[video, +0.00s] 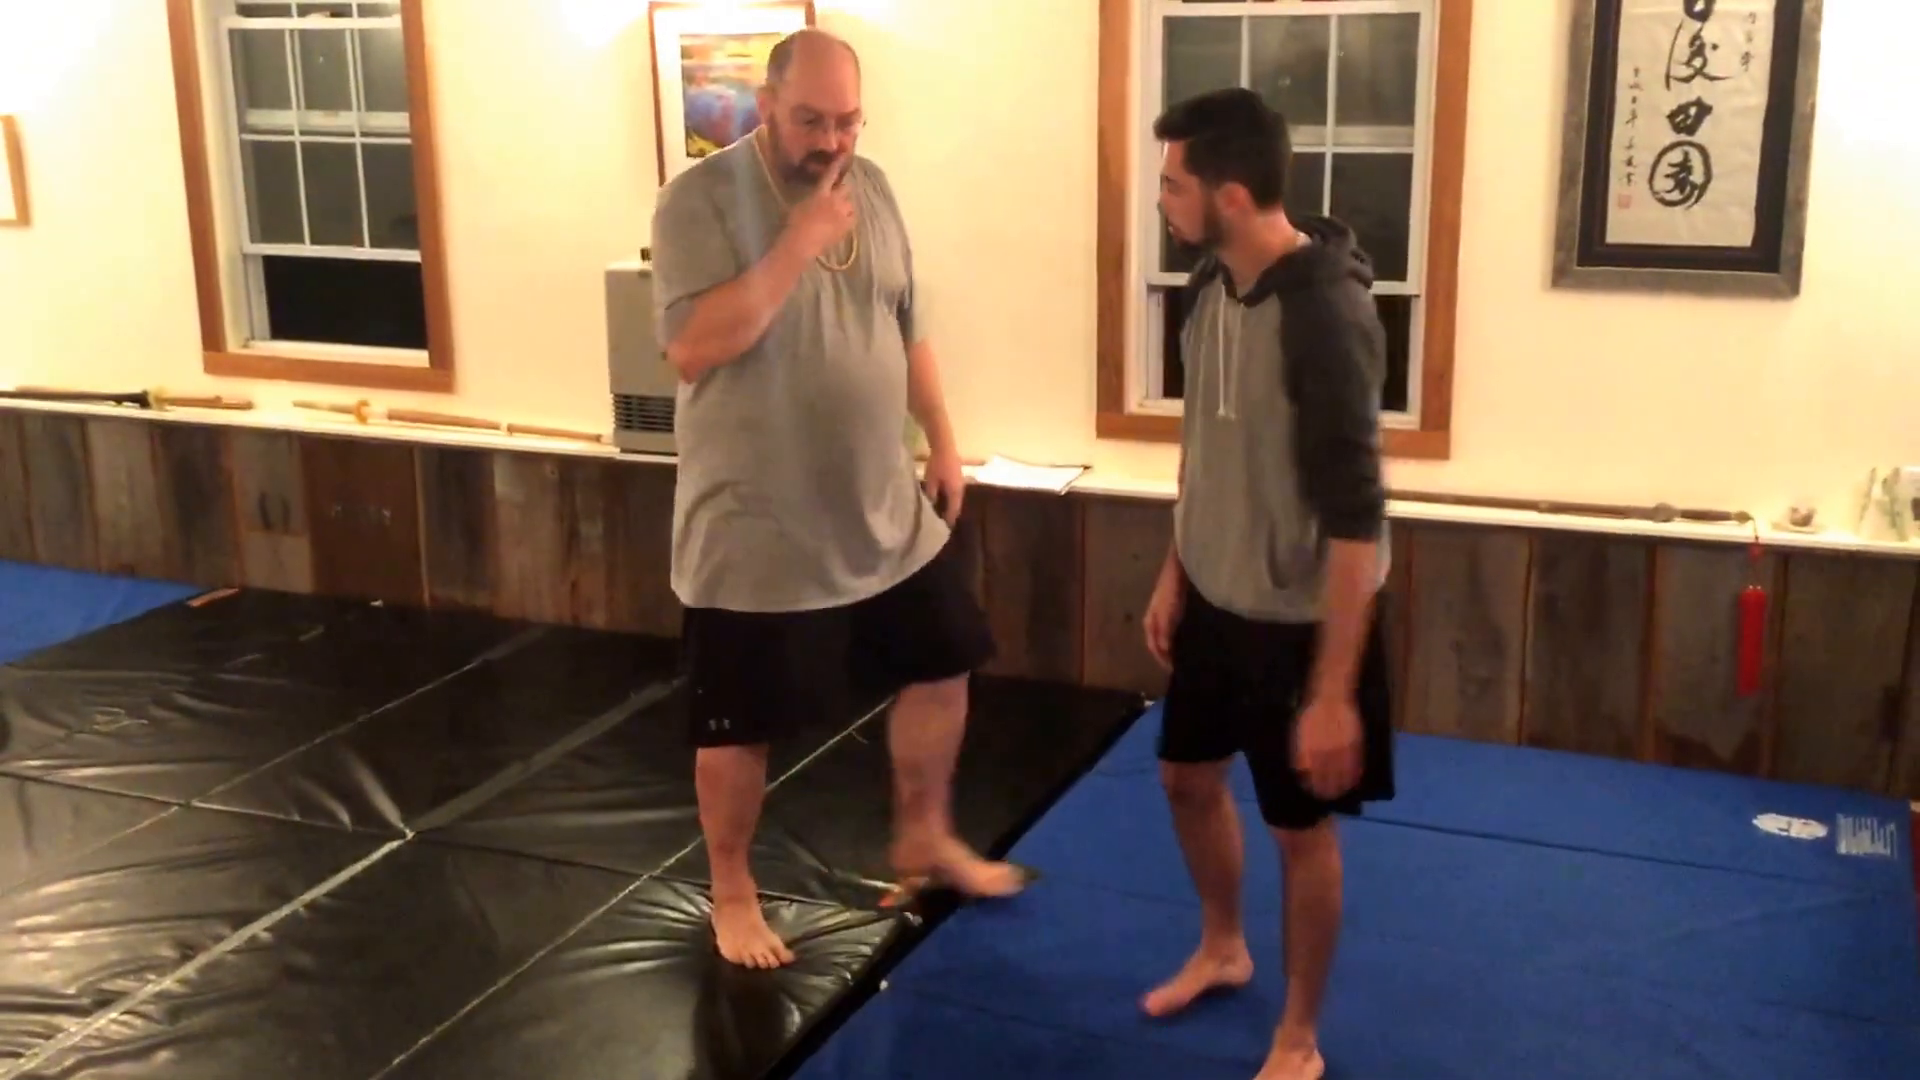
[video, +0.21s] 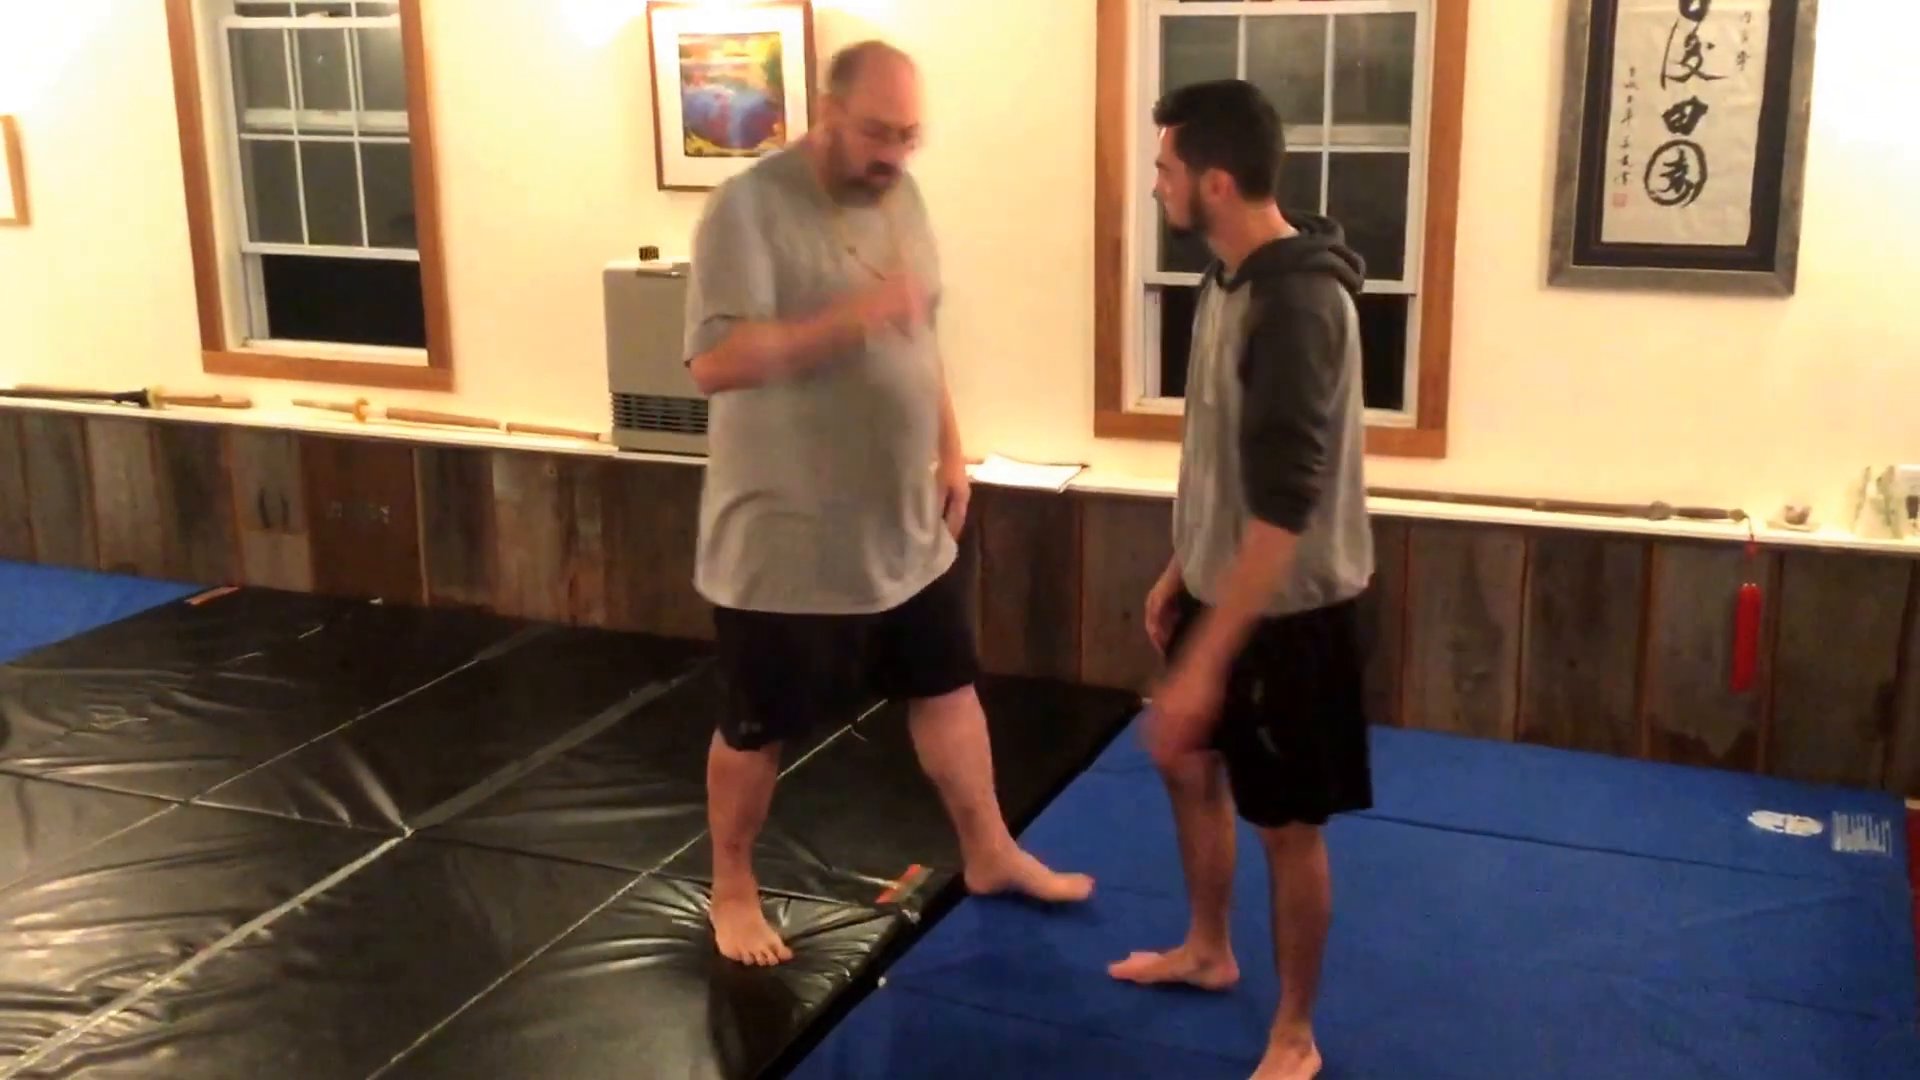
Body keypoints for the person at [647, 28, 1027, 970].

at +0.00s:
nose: (833, 140)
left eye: (846, 120)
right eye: (812, 119)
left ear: (860, 109)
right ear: (764, 103)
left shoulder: (871, 191)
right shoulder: (696, 201)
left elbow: (908, 331)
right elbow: (690, 349)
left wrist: (943, 444)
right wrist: (794, 247)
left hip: (878, 493)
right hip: (748, 508)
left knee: (941, 661)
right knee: (735, 719)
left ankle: (922, 838)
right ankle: (732, 890)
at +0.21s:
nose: (897, 154)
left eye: (909, 136)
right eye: (881, 132)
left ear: (917, 128)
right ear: (824, 112)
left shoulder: (901, 201)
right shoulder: (748, 206)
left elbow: (922, 340)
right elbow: (711, 362)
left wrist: (950, 449)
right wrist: (854, 316)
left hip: (901, 501)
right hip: (780, 515)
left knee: (945, 685)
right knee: (756, 720)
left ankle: (990, 856)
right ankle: (732, 892)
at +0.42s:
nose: (991, 172)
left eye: (1003, 154)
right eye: (980, 150)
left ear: (1002, 139)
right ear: (925, 121)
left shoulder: (972, 209)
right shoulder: (825, 206)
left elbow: (976, 353)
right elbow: (759, 351)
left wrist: (999, 461)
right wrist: (853, 463)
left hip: (954, 519)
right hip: (831, 526)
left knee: (969, 688)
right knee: (784, 715)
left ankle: (992, 859)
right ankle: (736, 881)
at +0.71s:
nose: (1086, 185)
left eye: (1099, 169)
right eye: (1078, 162)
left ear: (1102, 150)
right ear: (1030, 121)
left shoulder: (1064, 211)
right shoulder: (915, 191)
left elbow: (1078, 342)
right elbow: (826, 324)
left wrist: (1118, 448)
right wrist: (811, 473)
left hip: (1009, 497)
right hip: (906, 496)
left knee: (995, 677)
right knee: (910, 683)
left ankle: (990, 851)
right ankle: (856, 836)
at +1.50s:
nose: (1064, 195)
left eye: (1079, 180)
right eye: (1055, 173)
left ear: (1082, 167)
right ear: (1004, 134)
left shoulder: (1034, 211)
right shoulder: (904, 199)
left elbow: (1028, 348)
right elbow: (830, 349)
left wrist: (1075, 438)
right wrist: (877, 492)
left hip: (973, 514)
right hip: (857, 513)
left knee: (993, 673)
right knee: (799, 695)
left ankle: (983, 842)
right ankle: (716, 887)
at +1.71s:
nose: (965, 190)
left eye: (978, 172)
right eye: (954, 168)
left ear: (984, 158)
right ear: (897, 138)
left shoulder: (946, 219)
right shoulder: (808, 224)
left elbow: (963, 351)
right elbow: (750, 380)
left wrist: (1006, 456)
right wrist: (802, 521)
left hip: (930, 533)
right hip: (818, 543)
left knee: (969, 685)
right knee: (766, 729)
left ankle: (981, 840)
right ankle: (703, 910)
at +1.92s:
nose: (890, 169)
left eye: (904, 149)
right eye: (873, 147)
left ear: (914, 136)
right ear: (819, 124)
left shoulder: (908, 210)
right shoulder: (744, 221)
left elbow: (912, 361)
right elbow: (680, 383)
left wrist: (927, 476)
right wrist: (690, 533)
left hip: (896, 521)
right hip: (784, 539)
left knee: (932, 692)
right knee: (747, 735)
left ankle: (979, 840)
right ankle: (699, 914)